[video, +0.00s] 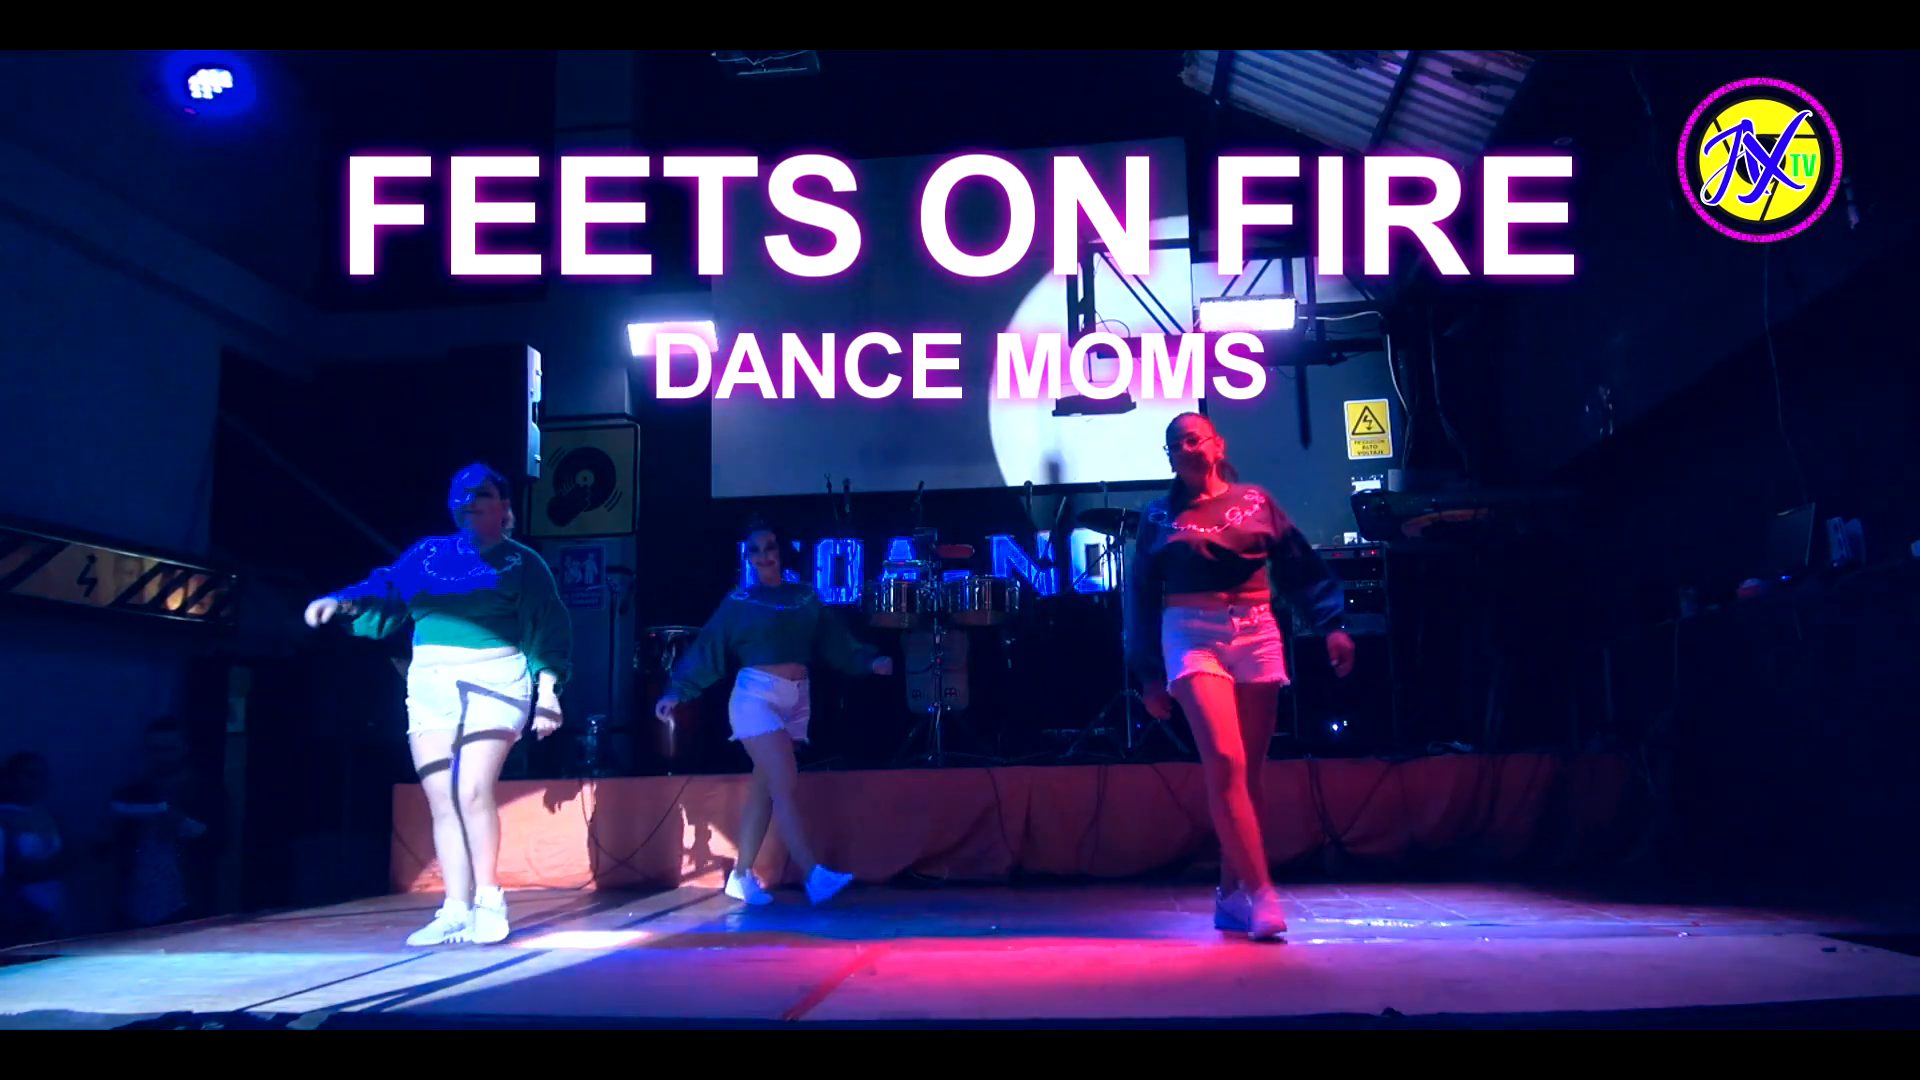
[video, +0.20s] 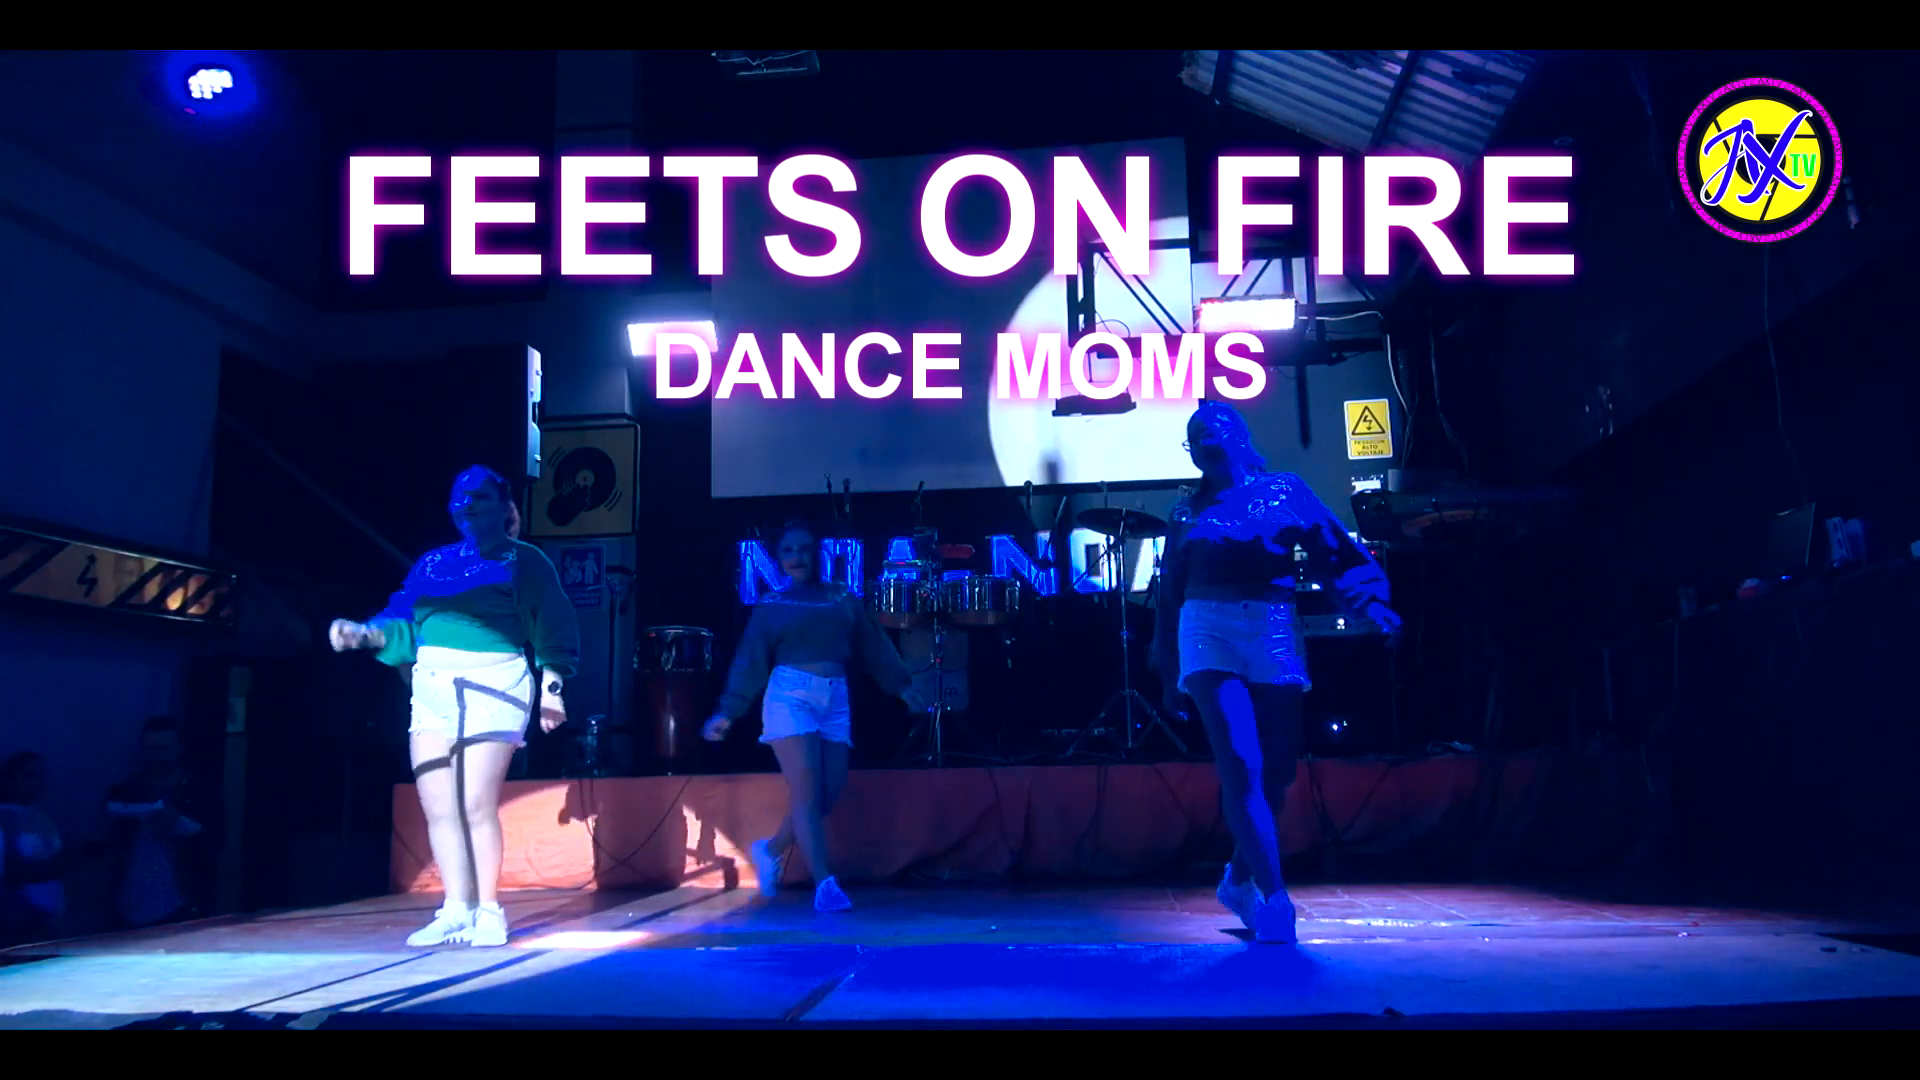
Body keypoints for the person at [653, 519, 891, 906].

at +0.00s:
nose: (765, 556)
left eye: (771, 548)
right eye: (756, 550)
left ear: (782, 551)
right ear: (747, 556)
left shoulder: (805, 597)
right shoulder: (738, 603)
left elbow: (835, 641)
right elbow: (706, 653)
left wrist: (869, 661)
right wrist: (676, 692)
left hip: (795, 699)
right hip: (755, 697)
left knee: (764, 788)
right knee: (784, 781)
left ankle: (741, 873)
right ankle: (813, 875)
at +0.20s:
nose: (797, 557)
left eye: (804, 549)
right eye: (788, 551)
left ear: (818, 553)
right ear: (778, 557)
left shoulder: (843, 601)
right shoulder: (772, 607)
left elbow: (877, 650)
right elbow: (749, 664)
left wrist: (905, 688)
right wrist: (727, 712)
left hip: (835, 698)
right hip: (789, 695)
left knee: (830, 787)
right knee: (805, 787)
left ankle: (771, 850)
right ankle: (825, 883)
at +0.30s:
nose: (821, 553)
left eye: (829, 546)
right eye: (813, 546)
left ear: (840, 553)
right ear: (800, 553)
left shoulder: (858, 601)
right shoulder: (789, 604)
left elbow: (882, 656)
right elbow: (773, 660)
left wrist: (896, 703)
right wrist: (767, 713)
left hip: (852, 694)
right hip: (805, 691)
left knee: (863, 784)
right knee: (818, 791)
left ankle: (810, 817)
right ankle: (826, 884)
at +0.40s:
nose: (843, 543)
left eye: (851, 537)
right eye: (835, 536)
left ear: (862, 545)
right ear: (823, 543)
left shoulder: (873, 598)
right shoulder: (810, 593)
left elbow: (890, 652)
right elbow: (789, 644)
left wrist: (897, 698)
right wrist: (798, 686)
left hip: (867, 688)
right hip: (820, 689)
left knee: (889, 762)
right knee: (825, 785)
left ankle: (856, 826)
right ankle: (829, 882)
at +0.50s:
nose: (866, 534)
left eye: (873, 528)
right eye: (858, 527)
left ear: (883, 536)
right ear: (844, 534)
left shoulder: (892, 586)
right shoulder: (825, 581)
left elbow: (902, 641)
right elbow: (808, 635)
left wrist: (903, 686)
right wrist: (834, 671)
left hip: (885, 683)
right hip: (835, 685)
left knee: (903, 776)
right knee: (837, 785)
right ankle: (839, 879)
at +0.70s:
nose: (898, 538)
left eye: (906, 532)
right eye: (890, 531)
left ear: (917, 539)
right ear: (876, 537)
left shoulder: (925, 588)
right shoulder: (860, 584)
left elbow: (935, 646)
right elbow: (849, 637)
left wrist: (943, 690)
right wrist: (862, 678)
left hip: (928, 690)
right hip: (881, 689)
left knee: (927, 791)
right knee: (884, 795)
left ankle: (926, 887)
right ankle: (853, 870)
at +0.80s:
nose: (910, 540)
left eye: (918, 533)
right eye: (902, 532)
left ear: (931, 538)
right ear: (890, 538)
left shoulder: (942, 592)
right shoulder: (876, 586)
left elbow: (962, 656)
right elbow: (858, 641)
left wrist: (985, 702)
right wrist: (860, 695)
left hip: (943, 690)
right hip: (895, 690)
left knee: (939, 789)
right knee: (925, 781)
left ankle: (928, 886)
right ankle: (877, 843)